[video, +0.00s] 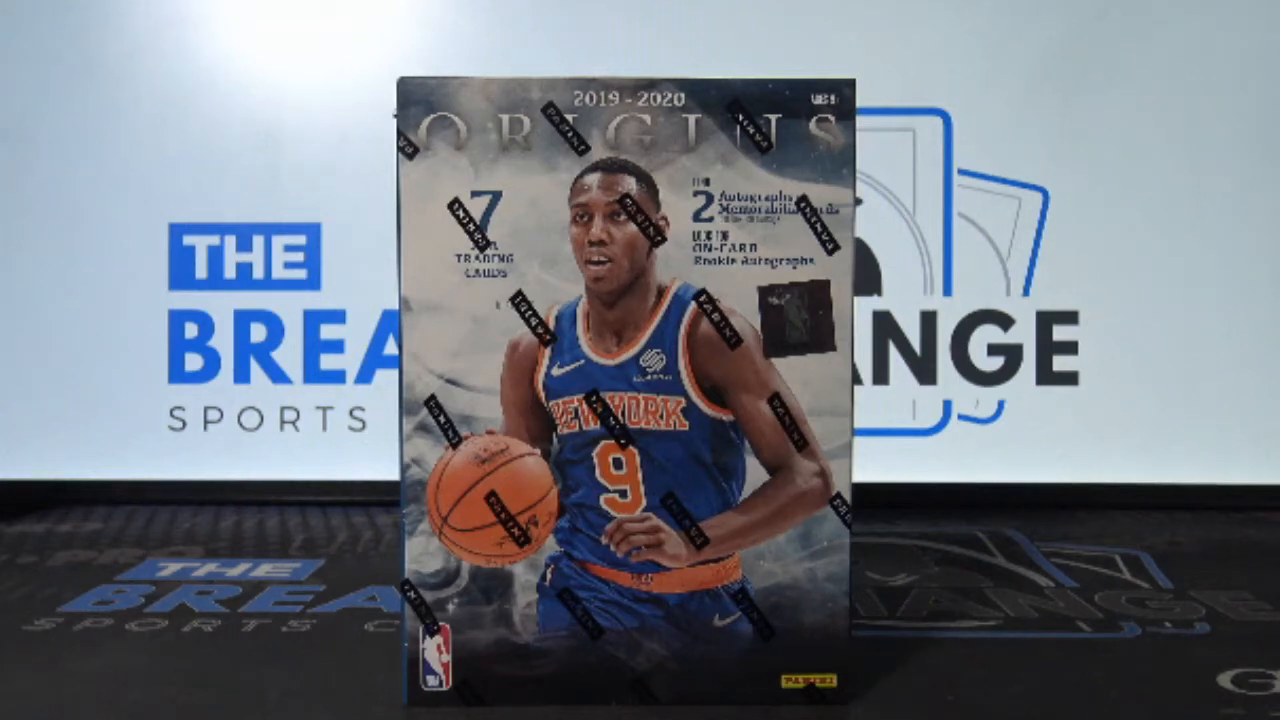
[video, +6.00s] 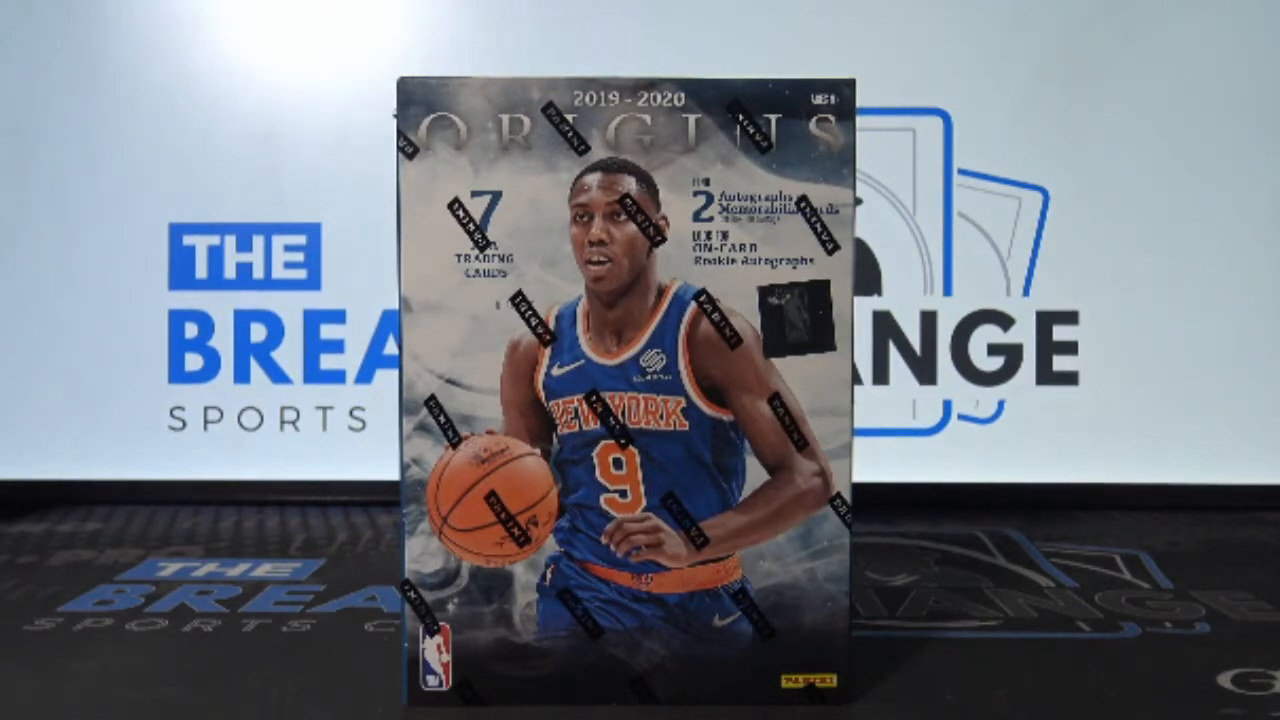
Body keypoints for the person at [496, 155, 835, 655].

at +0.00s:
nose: (595, 235)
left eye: (617, 216)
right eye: (581, 218)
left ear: (657, 230)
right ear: (569, 232)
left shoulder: (712, 334)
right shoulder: (534, 353)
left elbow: (809, 476)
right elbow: (528, 489)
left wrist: (695, 542)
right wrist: (479, 471)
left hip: (698, 612)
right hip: (583, 605)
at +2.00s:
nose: (595, 235)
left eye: (618, 216)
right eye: (582, 218)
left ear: (657, 230)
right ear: (570, 232)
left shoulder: (712, 334)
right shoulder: (534, 353)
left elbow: (809, 476)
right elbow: (526, 487)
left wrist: (695, 542)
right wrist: (476, 471)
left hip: (698, 613)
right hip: (583, 606)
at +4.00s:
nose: (595, 234)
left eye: (617, 216)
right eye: (582, 218)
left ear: (657, 230)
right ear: (570, 231)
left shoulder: (712, 334)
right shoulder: (534, 352)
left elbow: (809, 476)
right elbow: (525, 486)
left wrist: (694, 543)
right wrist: (479, 468)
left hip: (697, 613)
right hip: (583, 606)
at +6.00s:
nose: (595, 235)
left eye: (617, 216)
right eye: (582, 218)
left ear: (657, 229)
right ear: (570, 231)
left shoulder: (712, 334)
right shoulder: (534, 352)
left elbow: (810, 475)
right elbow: (526, 488)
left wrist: (695, 543)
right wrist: (476, 472)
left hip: (697, 613)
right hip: (582, 606)